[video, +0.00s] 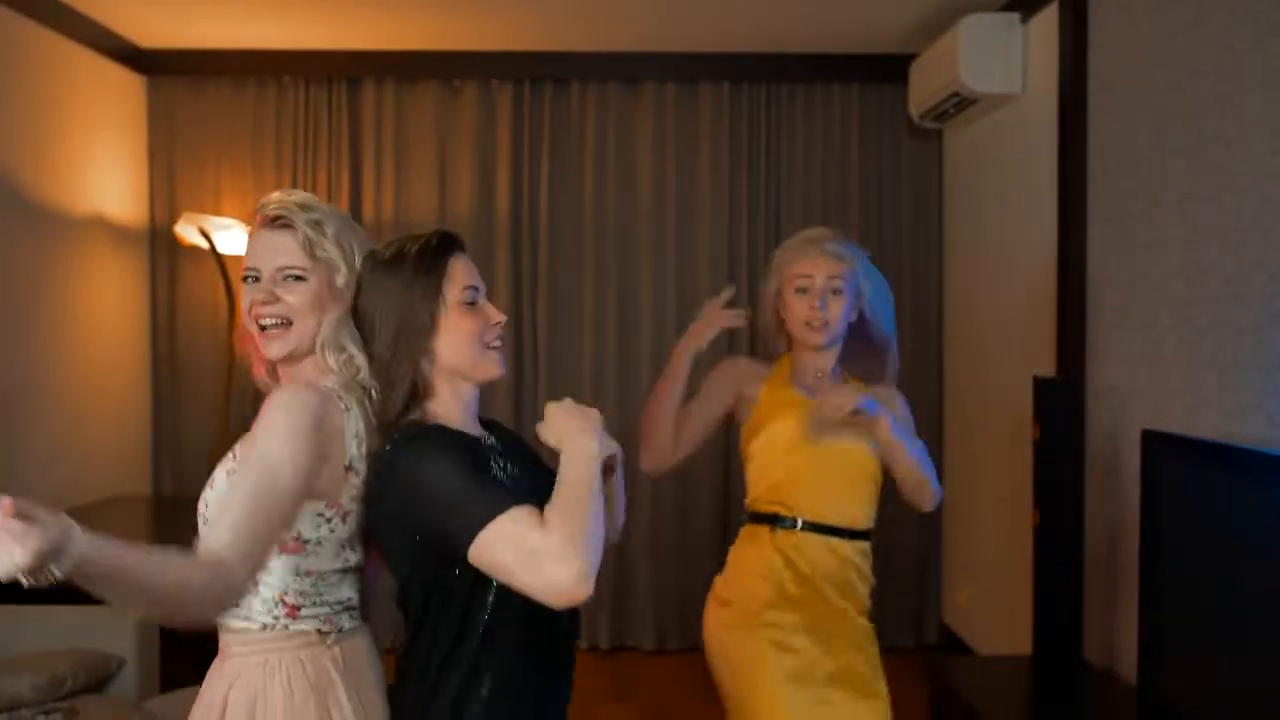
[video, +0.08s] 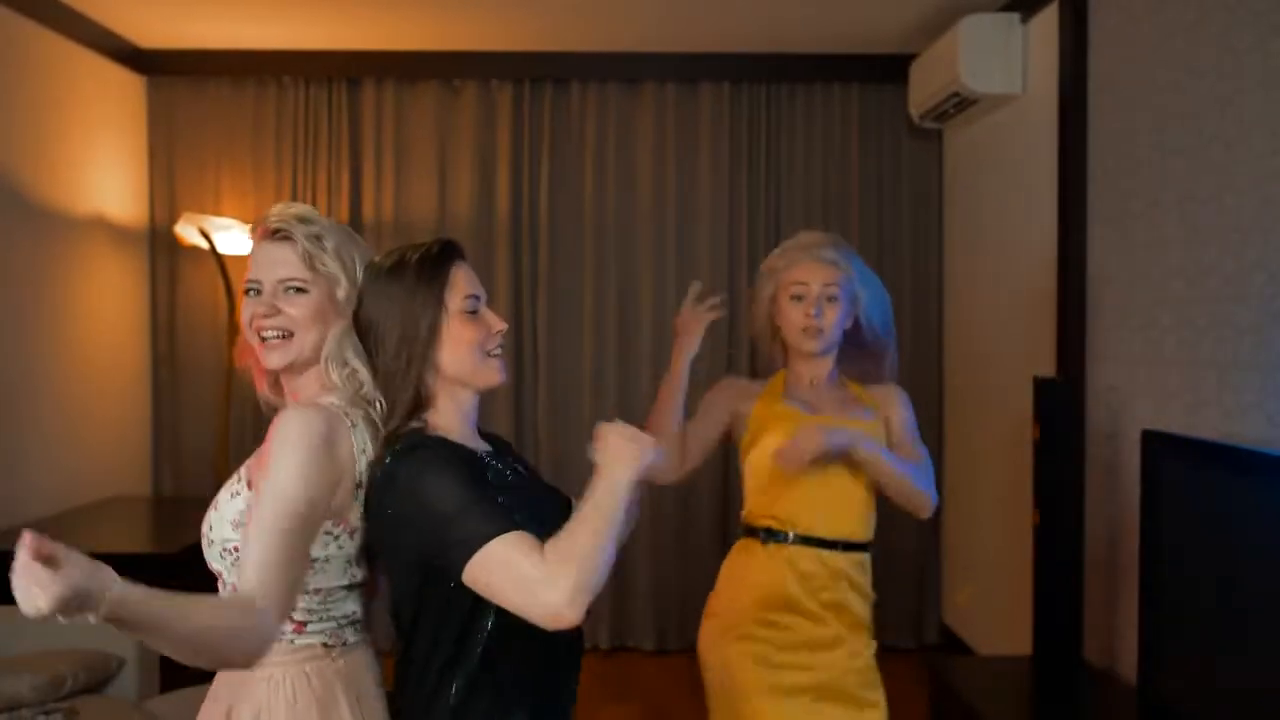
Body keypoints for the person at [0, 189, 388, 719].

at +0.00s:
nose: (264, 297)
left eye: (293, 277)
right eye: (253, 277)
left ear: (345, 292)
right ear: (241, 287)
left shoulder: (301, 407)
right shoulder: (346, 402)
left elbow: (214, 586)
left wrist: (71, 549)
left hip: (280, 676)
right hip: (337, 659)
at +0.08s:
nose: (265, 310)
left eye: (295, 289)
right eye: (255, 290)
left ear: (347, 304)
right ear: (243, 301)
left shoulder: (308, 427)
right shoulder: (347, 421)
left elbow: (250, 632)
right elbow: (378, 616)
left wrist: (105, 595)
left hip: (287, 686)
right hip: (338, 674)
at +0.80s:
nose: (277, 288)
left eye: (305, 269)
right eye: (265, 271)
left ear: (355, 283)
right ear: (252, 282)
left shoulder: (301, 365)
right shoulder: (370, 368)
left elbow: (227, 478)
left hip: (298, 660)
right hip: (368, 645)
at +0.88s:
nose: (276, 298)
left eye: (306, 278)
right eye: (266, 279)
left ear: (358, 291)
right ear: (254, 290)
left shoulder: (308, 387)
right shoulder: (375, 381)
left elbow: (236, 536)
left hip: (302, 669)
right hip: (368, 656)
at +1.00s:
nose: (275, 309)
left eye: (305, 291)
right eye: (265, 289)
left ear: (356, 306)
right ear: (252, 303)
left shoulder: (310, 413)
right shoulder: (363, 407)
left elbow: (273, 607)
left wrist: (176, 714)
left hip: (306, 674)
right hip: (362, 659)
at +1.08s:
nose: (273, 314)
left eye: (304, 297)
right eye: (264, 295)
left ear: (353, 316)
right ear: (249, 306)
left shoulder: (303, 419)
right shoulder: (366, 411)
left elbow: (291, 620)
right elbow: (354, 565)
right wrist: (267, 593)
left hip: (314, 685)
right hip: (365, 669)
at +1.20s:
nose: (272, 310)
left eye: (302, 293)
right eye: (261, 292)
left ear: (351, 309)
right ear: (248, 304)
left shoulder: (297, 408)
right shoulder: (361, 403)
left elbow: (315, 623)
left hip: (315, 688)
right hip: (366, 678)